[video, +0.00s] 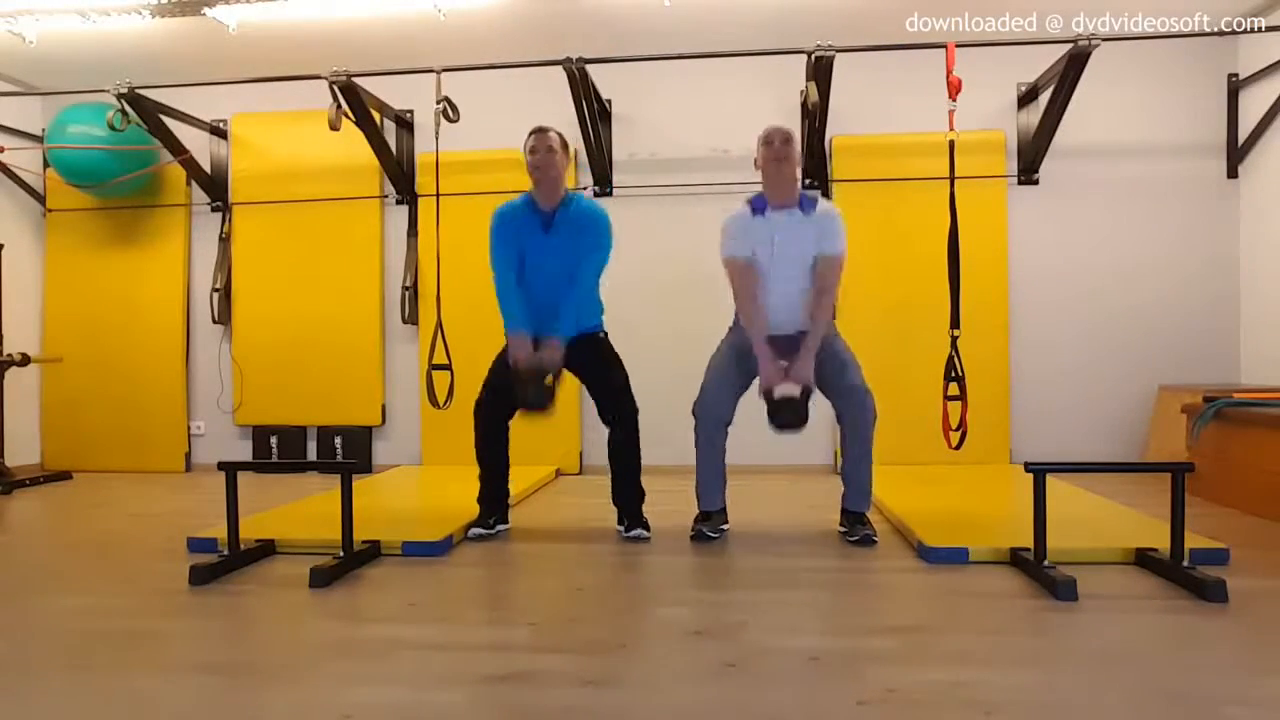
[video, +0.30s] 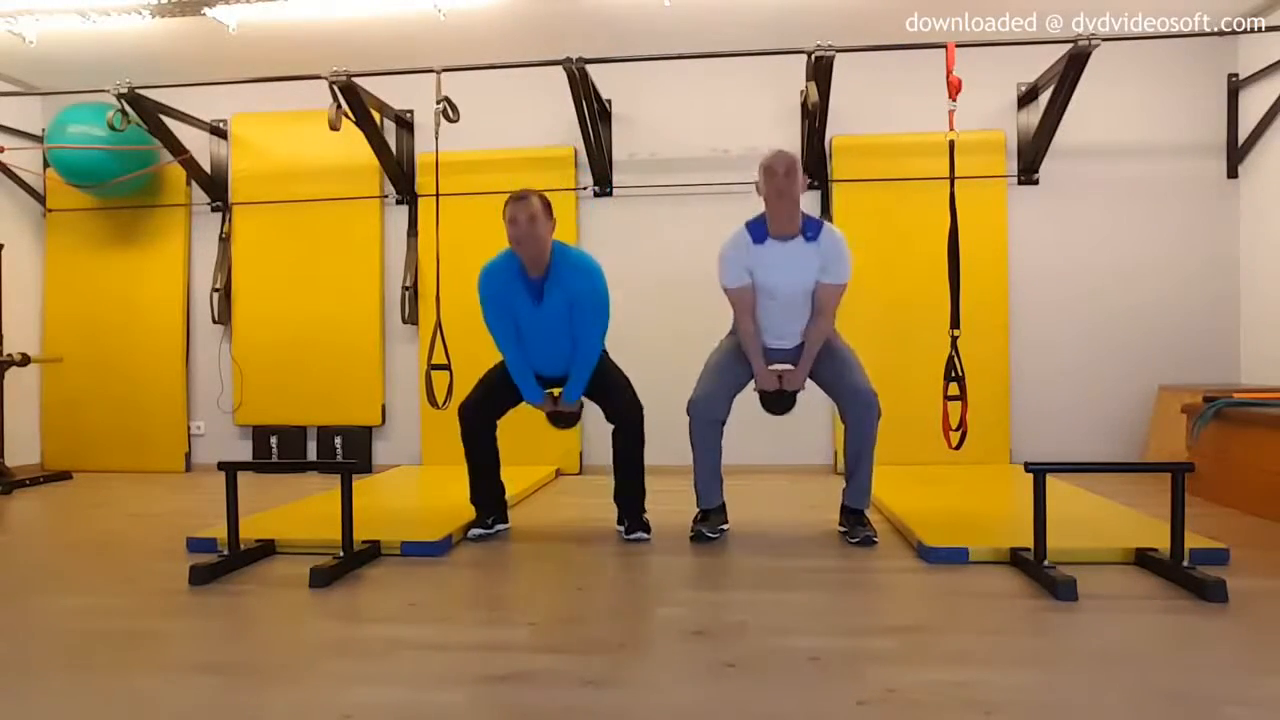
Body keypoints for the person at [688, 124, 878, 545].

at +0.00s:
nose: (778, 148)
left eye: (786, 142)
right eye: (769, 143)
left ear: (799, 158)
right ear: (757, 160)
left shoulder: (826, 217)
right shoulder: (739, 224)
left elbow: (825, 294)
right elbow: (746, 299)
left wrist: (808, 353)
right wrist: (765, 357)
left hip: (813, 336)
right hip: (752, 336)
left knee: (859, 403)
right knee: (709, 408)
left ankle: (855, 512)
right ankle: (711, 511)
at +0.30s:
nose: (784, 179)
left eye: (790, 173)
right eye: (774, 174)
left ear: (804, 184)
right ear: (760, 188)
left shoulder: (830, 242)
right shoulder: (738, 248)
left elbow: (823, 316)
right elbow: (745, 320)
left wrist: (802, 368)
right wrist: (760, 369)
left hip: (814, 342)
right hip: (750, 343)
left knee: (864, 404)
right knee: (703, 406)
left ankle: (854, 511)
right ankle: (711, 509)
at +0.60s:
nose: (774, 114)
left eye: (780, 108)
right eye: (765, 109)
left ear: (792, 122)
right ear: (752, 125)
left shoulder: (817, 166)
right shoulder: (738, 174)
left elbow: (820, 207)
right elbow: (746, 214)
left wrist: (805, 252)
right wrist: (771, 253)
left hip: (811, 304)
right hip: (753, 305)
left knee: (840, 405)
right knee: (727, 407)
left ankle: (853, 511)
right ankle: (713, 510)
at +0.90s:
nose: (776, 127)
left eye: (784, 121)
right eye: (769, 121)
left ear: (799, 129)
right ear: (756, 129)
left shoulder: (817, 175)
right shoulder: (742, 179)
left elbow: (819, 140)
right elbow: (748, 140)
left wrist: (806, 85)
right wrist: (764, 84)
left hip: (813, 299)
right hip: (755, 300)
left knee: (837, 403)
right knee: (735, 406)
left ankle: (853, 510)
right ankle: (714, 508)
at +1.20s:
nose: (781, 124)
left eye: (788, 119)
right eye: (774, 117)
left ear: (802, 125)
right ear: (763, 121)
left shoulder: (820, 172)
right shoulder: (744, 175)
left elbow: (825, 158)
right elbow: (746, 156)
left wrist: (813, 101)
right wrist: (764, 100)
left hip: (814, 299)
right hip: (757, 301)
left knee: (839, 406)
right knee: (734, 406)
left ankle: (853, 511)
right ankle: (714, 509)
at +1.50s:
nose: (779, 122)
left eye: (787, 117)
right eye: (771, 117)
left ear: (799, 133)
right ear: (758, 134)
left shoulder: (825, 181)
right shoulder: (745, 188)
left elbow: (825, 234)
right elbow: (751, 240)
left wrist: (811, 283)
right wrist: (774, 287)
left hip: (816, 319)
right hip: (758, 319)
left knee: (855, 407)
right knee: (718, 412)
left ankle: (853, 512)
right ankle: (713, 510)